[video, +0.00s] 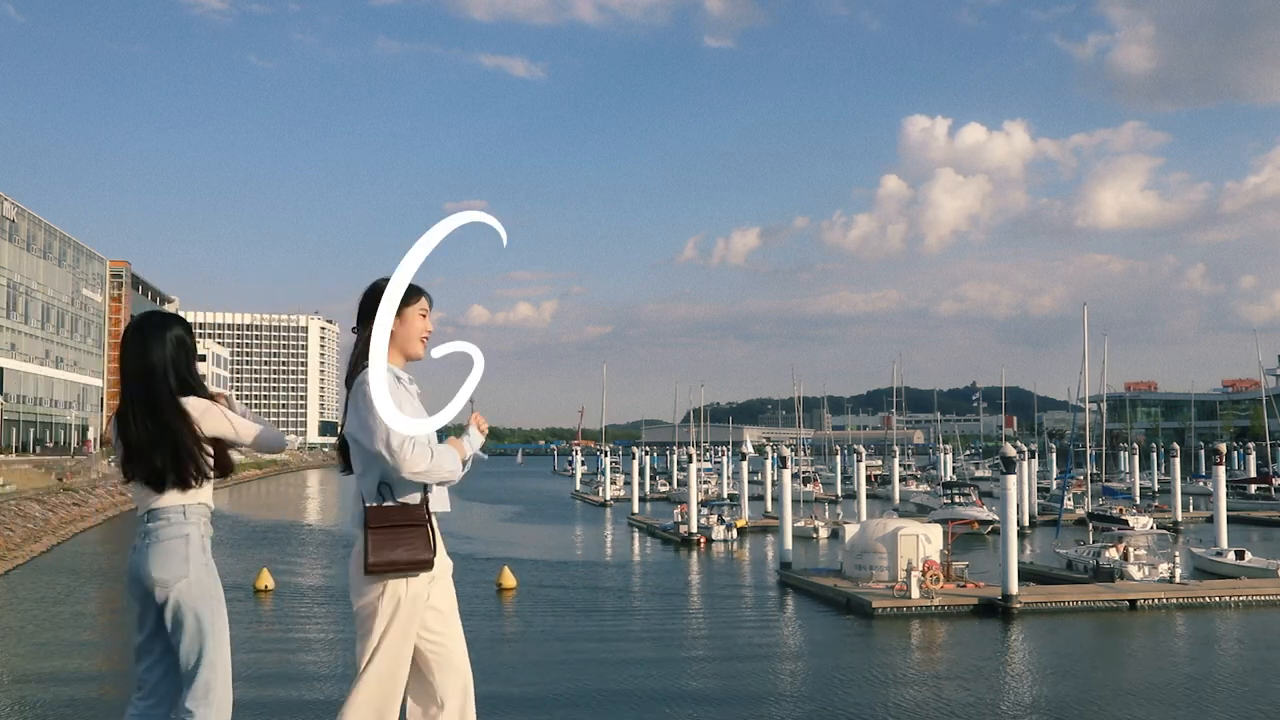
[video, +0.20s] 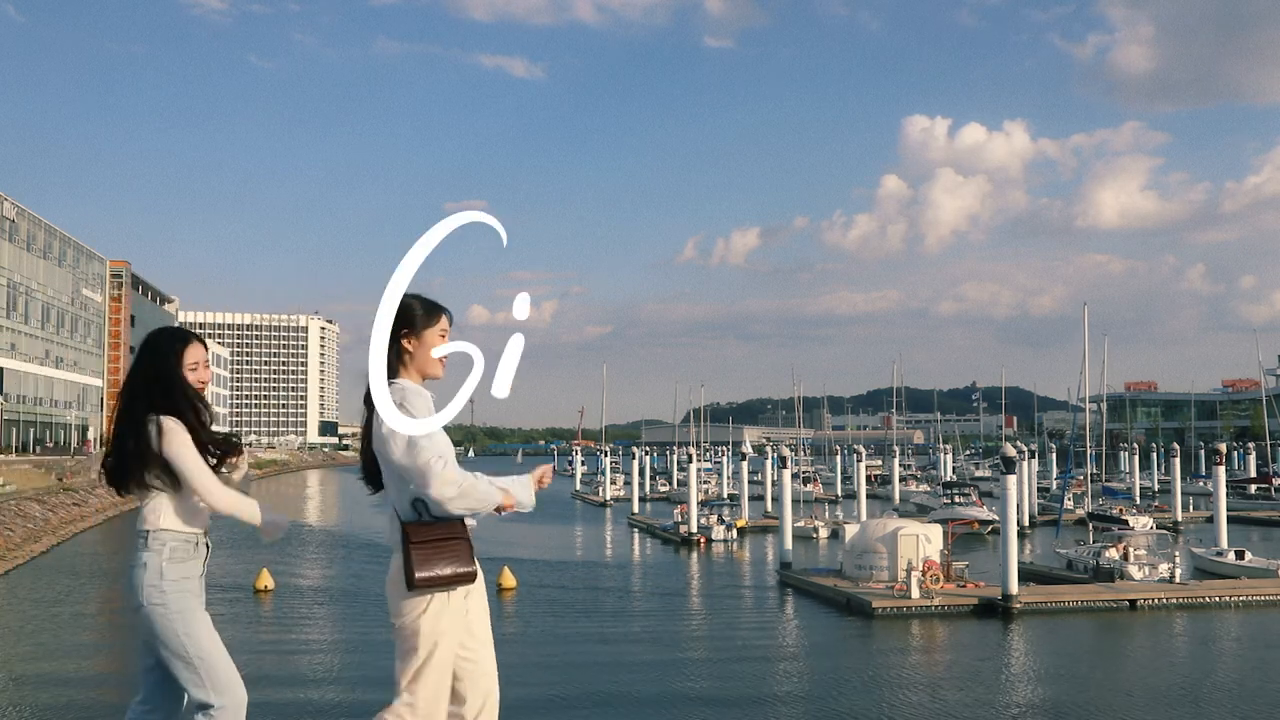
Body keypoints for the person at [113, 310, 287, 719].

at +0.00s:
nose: (195, 359)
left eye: (192, 351)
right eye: (190, 351)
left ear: (131, 361)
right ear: (181, 358)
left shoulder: (124, 419)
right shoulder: (195, 410)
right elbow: (276, 441)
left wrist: (204, 408)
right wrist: (231, 407)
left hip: (145, 551)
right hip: (185, 553)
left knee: (153, 688)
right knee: (210, 690)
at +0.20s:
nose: (206, 376)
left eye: (207, 366)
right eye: (195, 368)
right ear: (167, 373)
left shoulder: (168, 422)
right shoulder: (166, 425)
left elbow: (194, 499)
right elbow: (213, 494)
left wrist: (230, 478)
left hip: (179, 569)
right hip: (166, 573)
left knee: (160, 699)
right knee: (226, 699)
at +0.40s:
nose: (206, 374)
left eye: (214, 368)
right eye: (196, 362)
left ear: (219, 378)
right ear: (170, 365)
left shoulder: (220, 429)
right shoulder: (139, 432)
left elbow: (283, 452)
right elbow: (167, 494)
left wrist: (260, 469)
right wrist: (221, 441)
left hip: (224, 570)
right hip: (176, 571)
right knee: (222, 703)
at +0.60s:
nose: (219, 362)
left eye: (226, 354)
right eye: (208, 350)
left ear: (231, 363)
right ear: (181, 357)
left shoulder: (241, 411)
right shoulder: (158, 418)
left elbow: (308, 429)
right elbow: (167, 476)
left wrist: (241, 404)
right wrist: (249, 461)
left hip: (263, 551)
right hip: (204, 553)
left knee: (289, 687)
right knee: (210, 695)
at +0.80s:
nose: (241, 364)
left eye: (248, 357)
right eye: (230, 353)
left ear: (252, 365)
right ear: (203, 357)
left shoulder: (258, 405)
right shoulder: (178, 426)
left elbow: (329, 409)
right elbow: (212, 461)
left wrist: (284, 431)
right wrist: (259, 400)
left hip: (277, 559)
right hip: (220, 559)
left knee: (309, 685)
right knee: (218, 696)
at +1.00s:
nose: (283, 366)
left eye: (283, 357)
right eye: (273, 356)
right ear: (243, 364)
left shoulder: (282, 422)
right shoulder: (222, 428)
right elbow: (258, 468)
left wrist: (314, 435)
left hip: (297, 562)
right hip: (257, 562)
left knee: (325, 695)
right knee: (245, 699)